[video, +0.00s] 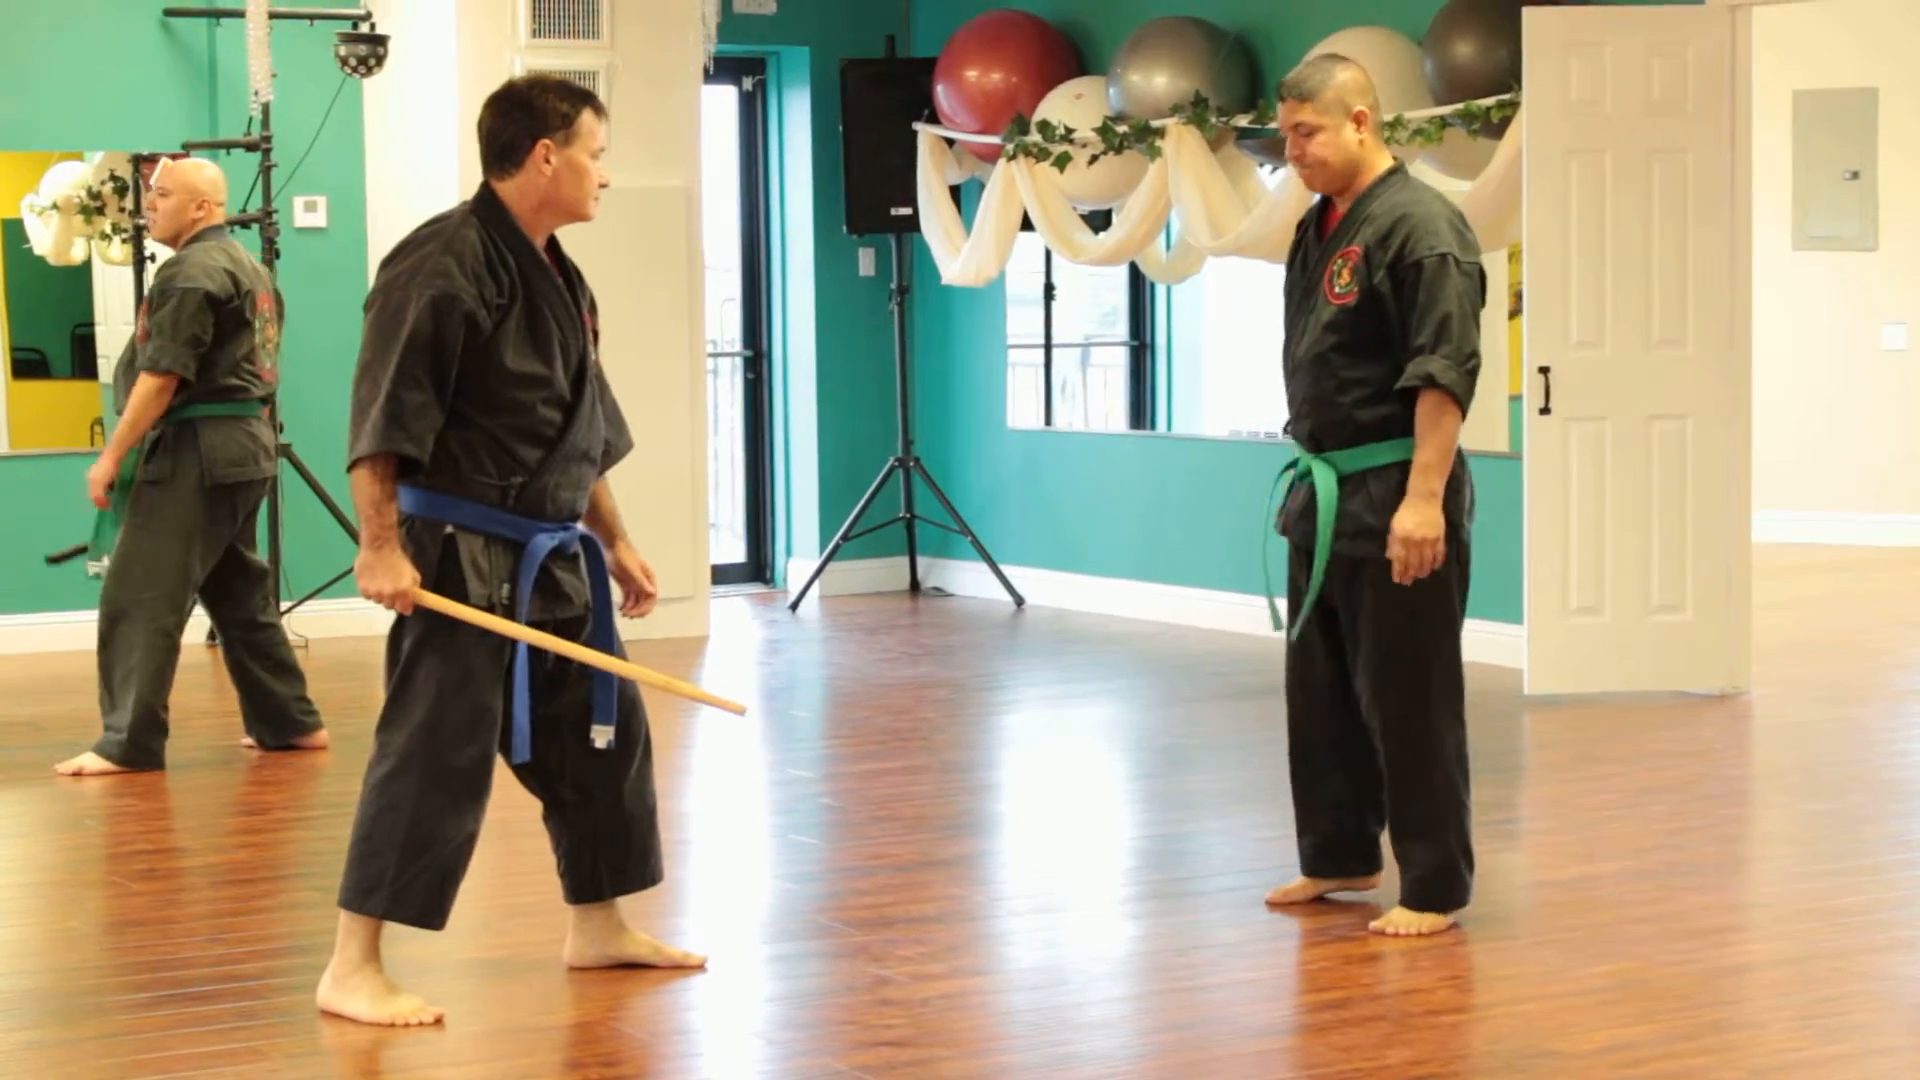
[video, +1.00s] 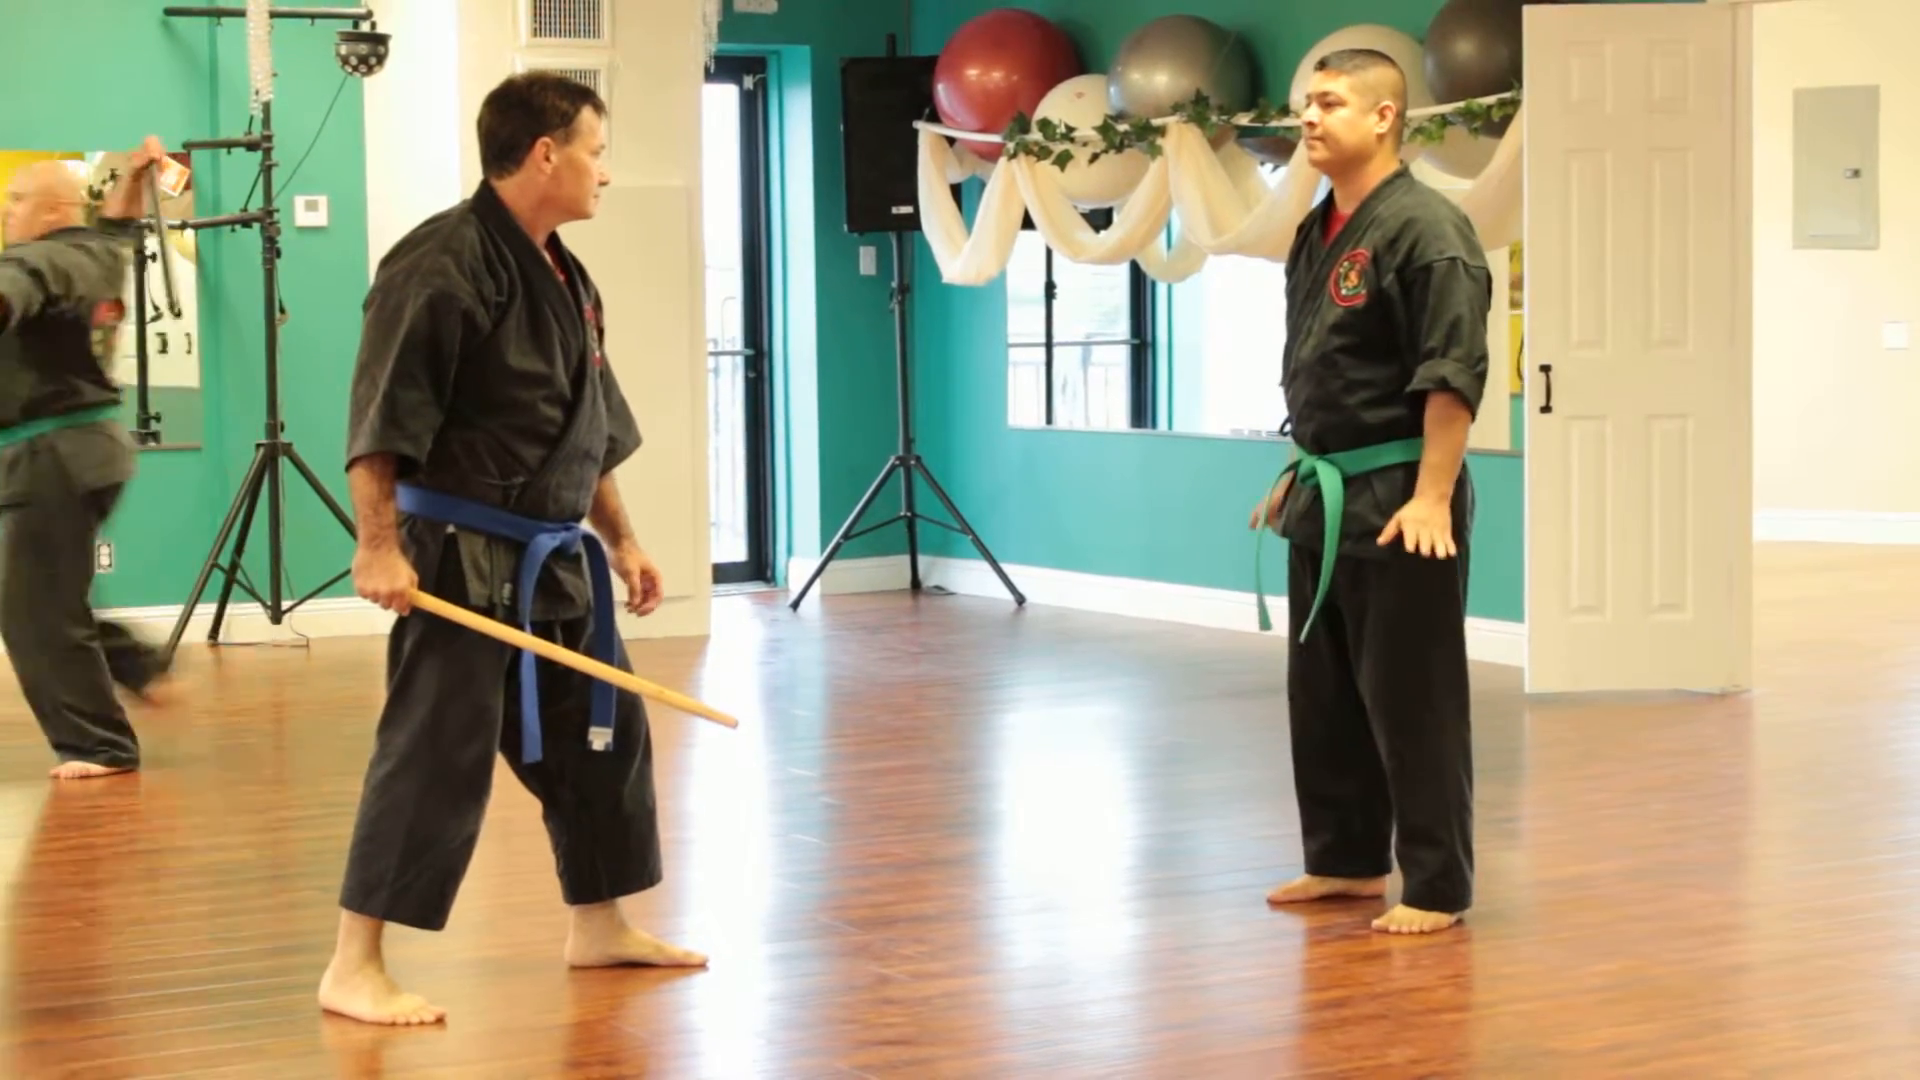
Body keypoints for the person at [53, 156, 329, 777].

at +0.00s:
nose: (148, 205)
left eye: (161, 195)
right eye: (151, 193)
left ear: (202, 208)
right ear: (208, 210)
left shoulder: (191, 272)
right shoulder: (240, 262)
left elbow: (159, 381)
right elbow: (245, 365)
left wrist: (111, 455)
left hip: (196, 447)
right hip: (242, 442)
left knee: (141, 593)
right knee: (237, 591)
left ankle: (130, 744)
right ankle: (289, 722)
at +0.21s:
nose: (142, 206)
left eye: (155, 195)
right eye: (144, 195)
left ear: (198, 207)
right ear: (202, 209)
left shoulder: (188, 271)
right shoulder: (237, 261)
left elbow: (167, 382)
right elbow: (246, 364)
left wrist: (132, 465)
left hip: (198, 447)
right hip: (242, 442)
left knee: (142, 594)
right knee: (241, 592)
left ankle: (130, 744)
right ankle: (290, 722)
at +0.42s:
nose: (138, 206)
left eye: (150, 195)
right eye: (141, 195)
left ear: (194, 206)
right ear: (198, 208)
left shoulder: (184, 271)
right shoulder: (236, 261)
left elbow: (159, 380)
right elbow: (248, 365)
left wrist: (121, 461)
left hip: (196, 447)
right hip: (242, 442)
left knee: (143, 596)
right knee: (243, 592)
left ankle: (130, 744)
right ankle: (291, 723)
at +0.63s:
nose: (122, 211)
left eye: (134, 201)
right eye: (125, 200)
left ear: (174, 211)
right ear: (185, 212)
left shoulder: (157, 272)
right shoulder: (229, 267)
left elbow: (100, 359)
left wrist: (39, 418)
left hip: (182, 451)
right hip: (240, 444)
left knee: (118, 589)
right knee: (232, 586)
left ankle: (126, 742)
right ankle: (290, 722)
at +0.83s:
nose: (68, 220)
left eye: (81, 210)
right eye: (72, 208)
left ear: (117, 221)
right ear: (136, 221)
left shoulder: (92, 269)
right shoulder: (172, 267)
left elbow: (12, 304)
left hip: (132, 459)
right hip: (186, 449)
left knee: (63, 595)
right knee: (205, 585)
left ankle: (99, 745)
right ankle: (285, 712)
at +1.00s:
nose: (6, 209)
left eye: (17, 199)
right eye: (10, 198)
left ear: (49, 208)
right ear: (63, 210)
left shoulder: (42, 259)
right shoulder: (95, 252)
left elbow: (16, 285)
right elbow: (121, 230)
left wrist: (11, 286)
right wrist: (138, 175)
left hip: (53, 453)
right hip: (75, 447)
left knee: (36, 608)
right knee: (41, 596)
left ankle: (99, 745)